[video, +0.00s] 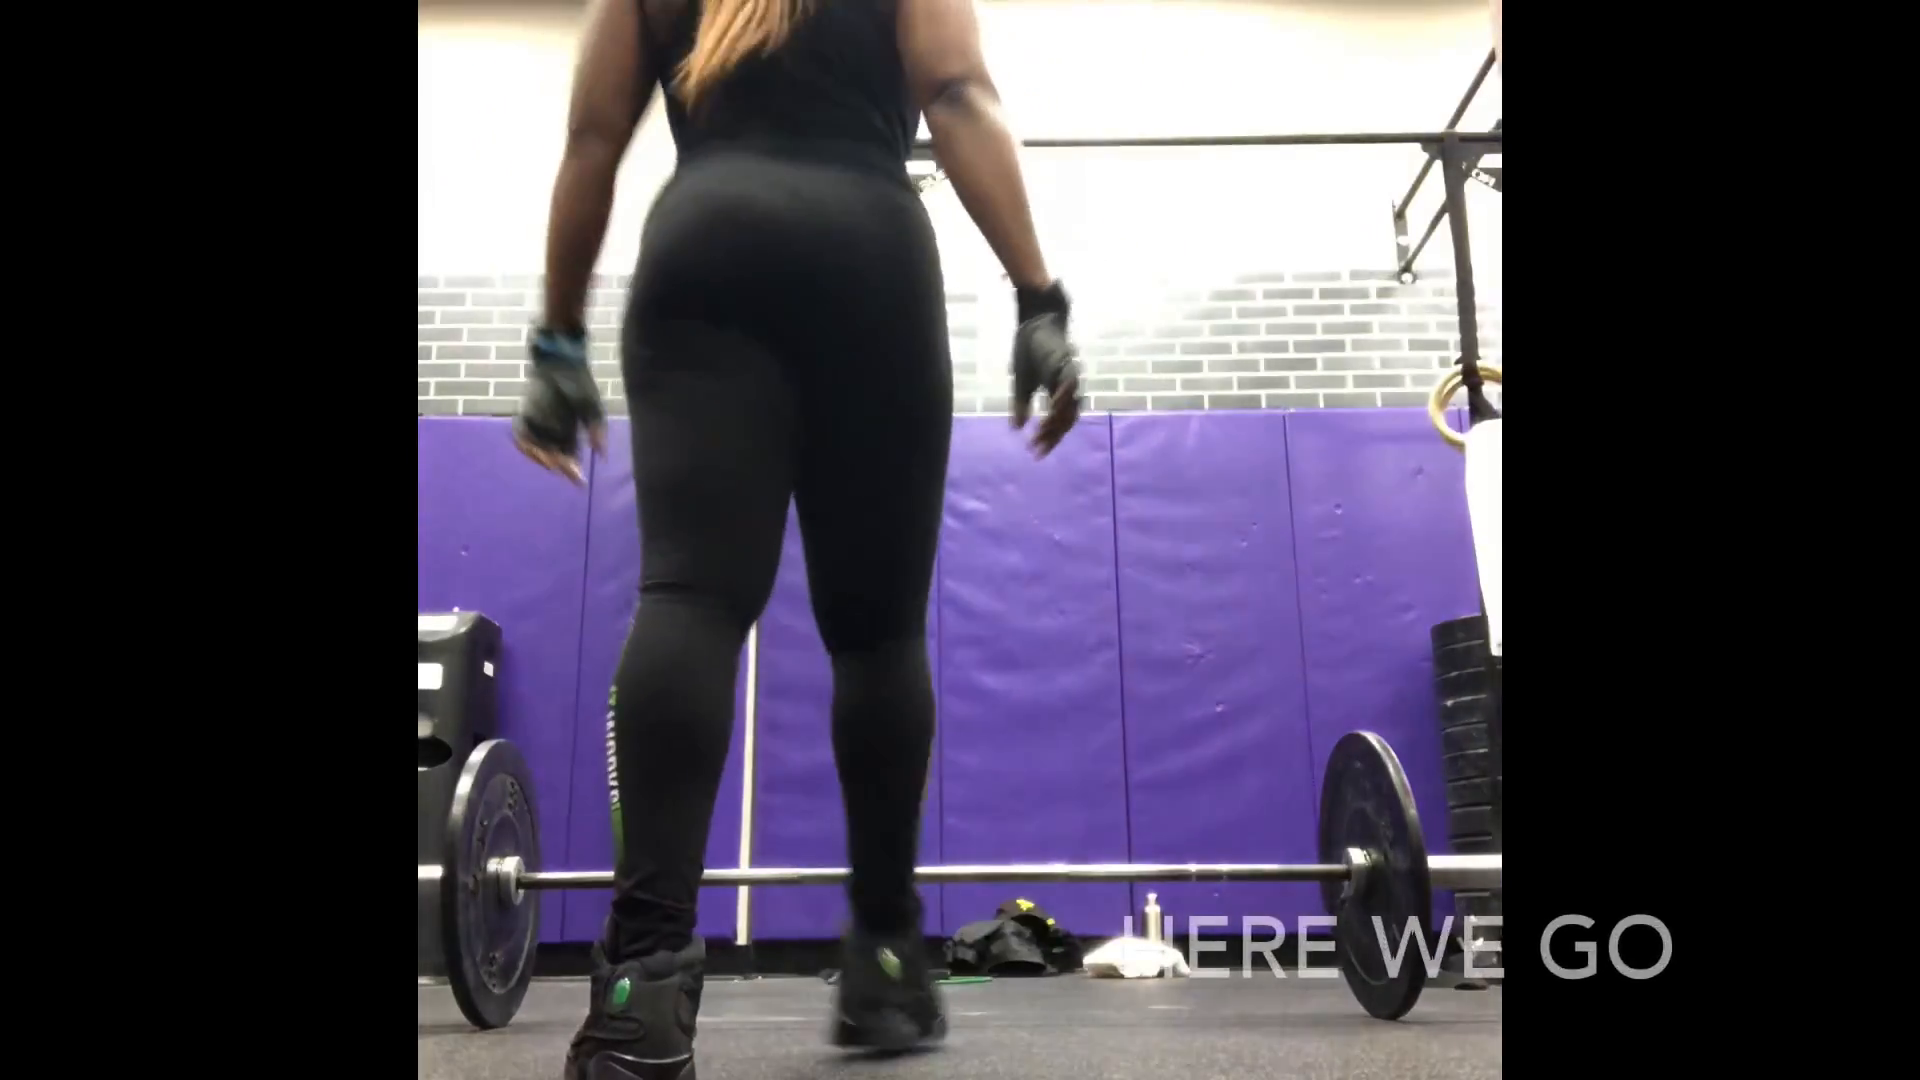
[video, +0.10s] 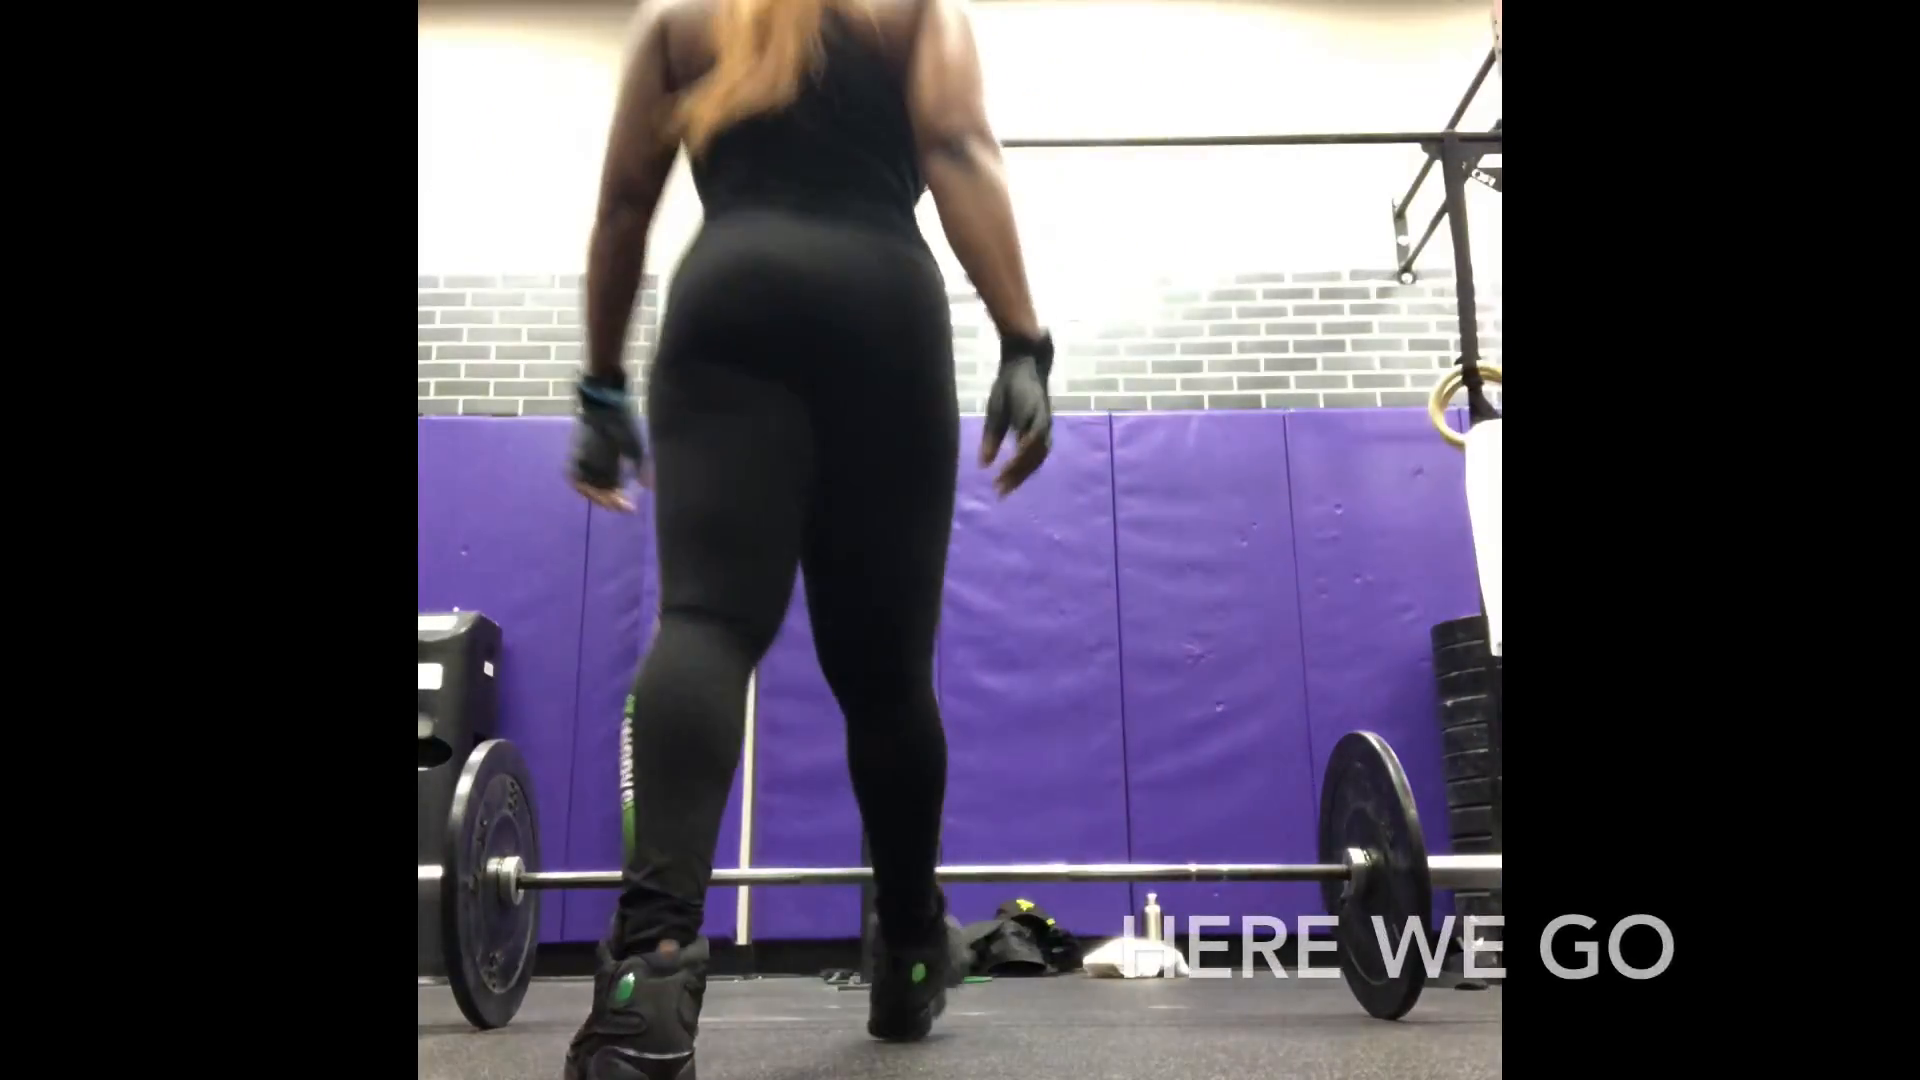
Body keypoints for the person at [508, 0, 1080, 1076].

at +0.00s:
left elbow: (595, 133)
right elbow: (957, 93)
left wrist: (558, 332)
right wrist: (1039, 295)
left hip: (707, 209)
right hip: (862, 216)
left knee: (687, 596)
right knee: (878, 627)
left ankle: (645, 974)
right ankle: (884, 959)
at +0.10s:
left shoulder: (681, 21)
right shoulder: (921, 15)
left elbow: (625, 202)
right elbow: (955, 151)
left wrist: (602, 380)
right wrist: (1026, 341)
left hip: (730, 283)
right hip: (882, 291)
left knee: (703, 620)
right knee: (886, 669)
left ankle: (651, 959)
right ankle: (907, 964)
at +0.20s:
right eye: (907, 11)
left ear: (788, 3)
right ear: (886, 5)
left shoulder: (719, 79)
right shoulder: (939, 72)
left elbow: (660, 237)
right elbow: (981, 213)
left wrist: (657, 389)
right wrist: (1044, 392)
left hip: (761, 346)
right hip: (906, 351)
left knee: (725, 643)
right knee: (905, 691)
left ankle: (669, 907)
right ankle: (915, 972)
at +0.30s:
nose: (941, 17)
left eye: (938, 11)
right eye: (940, 11)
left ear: (823, 10)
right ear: (918, 15)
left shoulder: (749, 90)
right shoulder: (963, 103)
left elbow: (691, 242)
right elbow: (1008, 251)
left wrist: (721, 344)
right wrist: (1069, 422)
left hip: (799, 368)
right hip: (933, 369)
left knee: (748, 643)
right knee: (926, 681)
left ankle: (718, 805)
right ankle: (918, 971)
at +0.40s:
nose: (946, 25)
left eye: (934, 20)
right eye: (943, 19)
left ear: (842, 25)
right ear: (929, 29)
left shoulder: (771, 106)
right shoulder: (985, 123)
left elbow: (712, 253)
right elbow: (1033, 278)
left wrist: (772, 280)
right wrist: (1088, 445)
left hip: (812, 385)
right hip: (948, 384)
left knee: (782, 630)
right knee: (931, 683)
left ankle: (766, 757)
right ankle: (917, 968)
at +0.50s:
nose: (936, 32)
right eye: (937, 28)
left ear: (843, 47)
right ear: (933, 47)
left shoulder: (785, 123)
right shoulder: (990, 131)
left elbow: (728, 277)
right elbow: (1044, 296)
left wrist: (807, 213)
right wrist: (1086, 453)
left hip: (815, 404)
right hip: (950, 401)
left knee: (822, 600)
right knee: (930, 684)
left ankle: (772, 717)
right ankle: (914, 967)